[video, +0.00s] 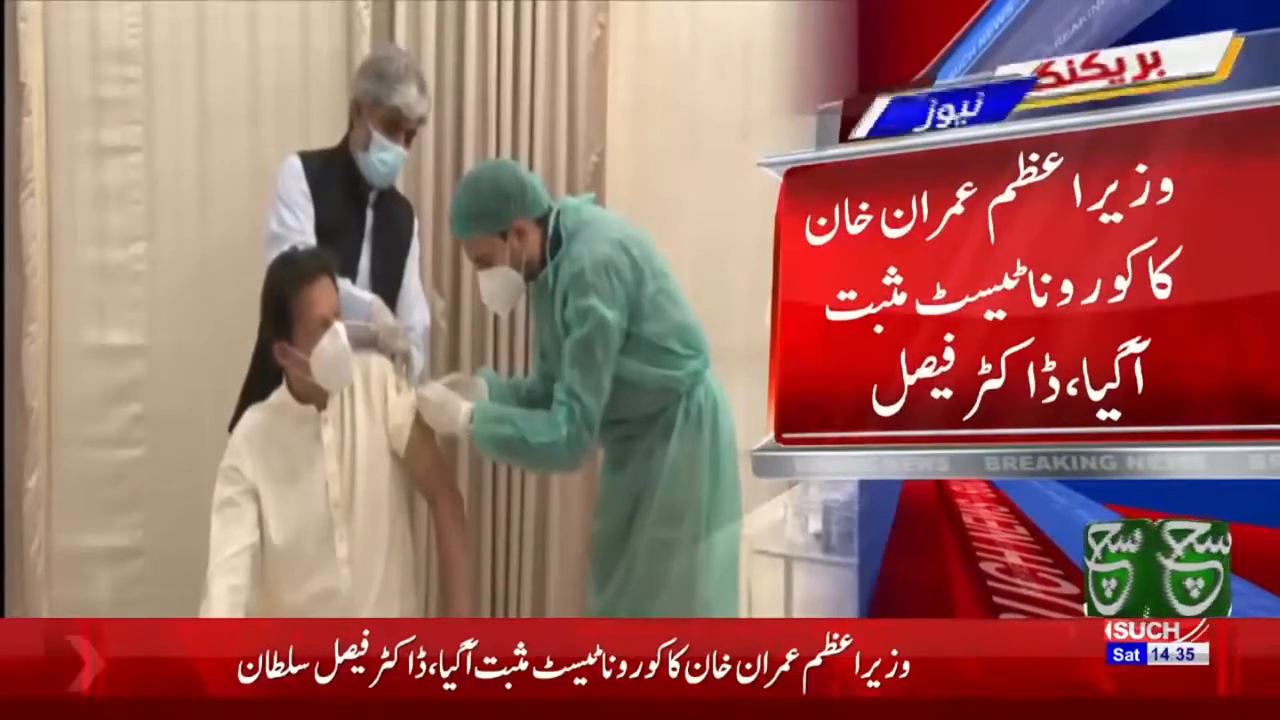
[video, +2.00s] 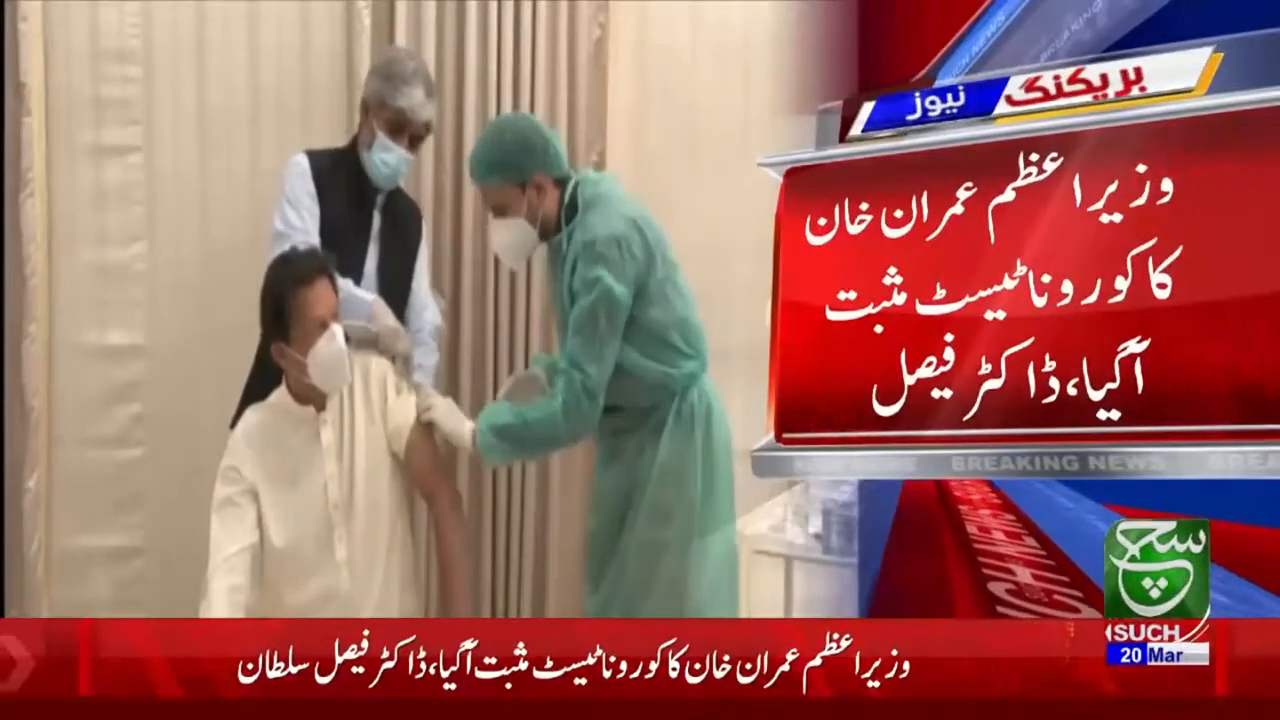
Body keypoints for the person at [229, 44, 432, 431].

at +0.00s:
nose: (399, 147)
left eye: (410, 136)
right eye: (390, 130)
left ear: (419, 133)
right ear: (358, 115)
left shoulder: (402, 214)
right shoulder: (302, 172)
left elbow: (413, 312)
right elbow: (293, 270)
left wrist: (407, 389)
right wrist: (371, 311)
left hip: (370, 385)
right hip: (296, 375)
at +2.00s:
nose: (402, 150)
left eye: (416, 140)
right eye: (393, 132)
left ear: (426, 140)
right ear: (365, 115)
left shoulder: (409, 216)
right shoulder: (310, 171)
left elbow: (422, 316)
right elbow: (294, 269)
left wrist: (417, 395)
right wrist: (371, 310)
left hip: (372, 388)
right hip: (298, 375)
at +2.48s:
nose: (406, 152)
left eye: (420, 143)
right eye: (398, 134)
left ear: (430, 143)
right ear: (370, 116)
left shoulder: (412, 218)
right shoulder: (313, 172)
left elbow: (424, 318)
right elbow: (294, 269)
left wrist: (418, 395)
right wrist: (372, 311)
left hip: (372, 390)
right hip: (298, 377)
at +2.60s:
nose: (406, 153)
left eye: (420, 143)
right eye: (398, 134)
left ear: (430, 143)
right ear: (370, 116)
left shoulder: (412, 217)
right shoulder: (314, 172)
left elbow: (424, 318)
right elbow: (294, 268)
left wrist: (419, 398)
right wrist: (371, 311)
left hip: (372, 391)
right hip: (298, 376)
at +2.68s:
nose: (407, 153)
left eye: (420, 143)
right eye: (398, 134)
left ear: (430, 144)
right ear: (370, 117)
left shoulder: (412, 218)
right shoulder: (313, 172)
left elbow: (424, 320)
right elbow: (295, 269)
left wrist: (418, 401)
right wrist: (372, 312)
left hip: (371, 392)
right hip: (298, 375)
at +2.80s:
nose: (406, 155)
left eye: (421, 144)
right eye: (399, 135)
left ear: (430, 144)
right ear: (370, 118)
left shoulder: (412, 218)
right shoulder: (313, 172)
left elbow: (424, 320)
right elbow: (295, 268)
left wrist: (419, 402)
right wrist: (371, 312)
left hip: (371, 392)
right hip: (297, 376)